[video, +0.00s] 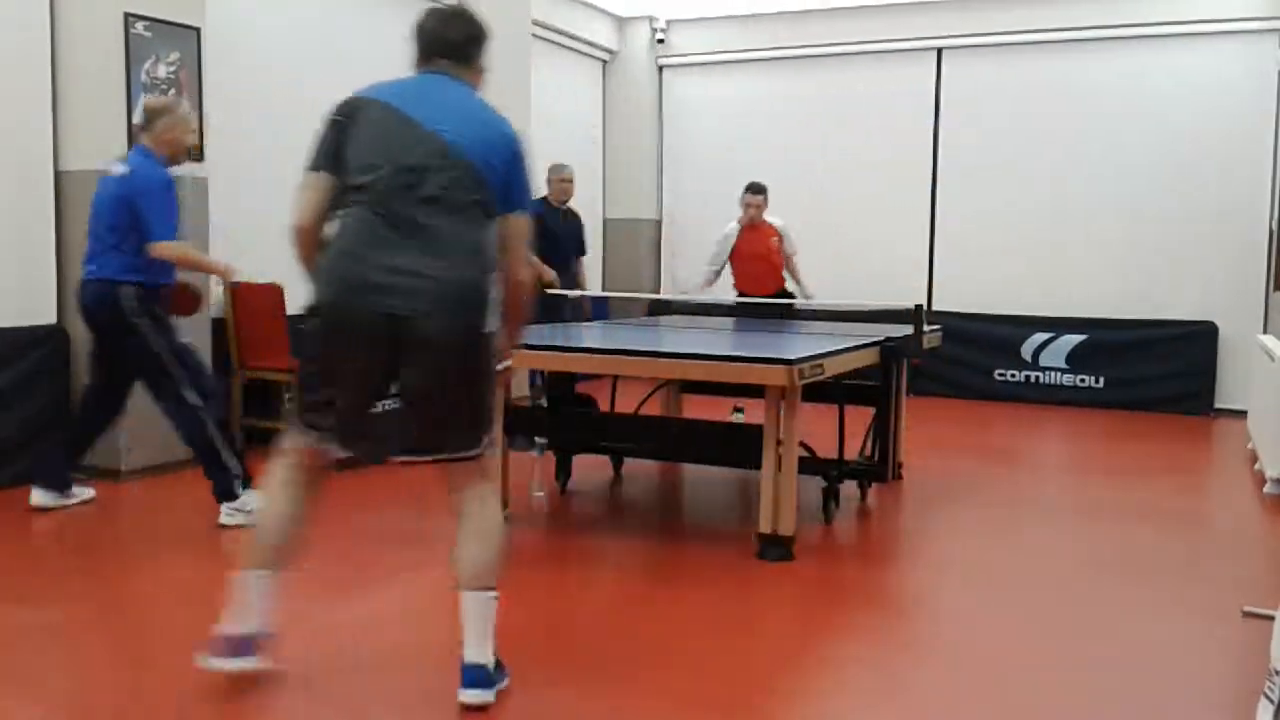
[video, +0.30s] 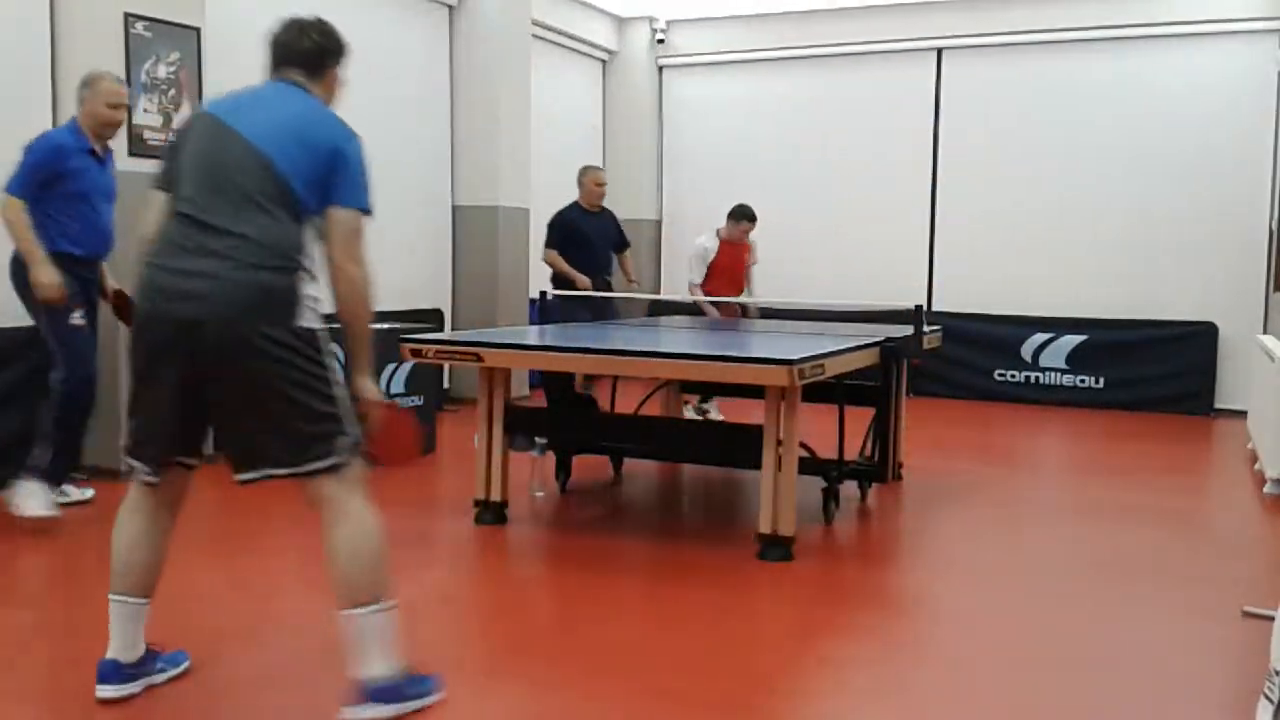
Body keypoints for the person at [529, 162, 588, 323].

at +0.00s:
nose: (566, 187)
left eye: (570, 182)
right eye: (561, 181)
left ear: (574, 185)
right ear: (549, 183)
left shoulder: (574, 217)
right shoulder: (534, 210)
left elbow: (578, 260)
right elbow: (525, 249)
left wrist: (583, 291)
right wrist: (544, 271)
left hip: (570, 286)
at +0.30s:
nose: (604, 190)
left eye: (605, 185)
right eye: (598, 185)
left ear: (603, 186)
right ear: (583, 186)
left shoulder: (608, 217)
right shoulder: (563, 218)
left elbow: (622, 251)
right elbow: (550, 255)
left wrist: (630, 277)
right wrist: (576, 276)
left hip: (601, 292)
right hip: (571, 293)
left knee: (613, 338)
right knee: (573, 344)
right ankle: (570, 393)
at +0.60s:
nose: (648, 195)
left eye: (649, 190)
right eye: (644, 190)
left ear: (648, 190)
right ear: (627, 190)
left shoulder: (647, 220)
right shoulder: (608, 218)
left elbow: (656, 257)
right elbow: (596, 257)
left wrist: (664, 285)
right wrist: (624, 280)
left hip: (645, 294)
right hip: (615, 294)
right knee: (614, 346)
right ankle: (609, 396)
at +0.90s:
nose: (697, 197)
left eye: (698, 192)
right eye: (694, 191)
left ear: (685, 192)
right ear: (678, 189)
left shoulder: (682, 218)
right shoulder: (656, 216)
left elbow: (684, 256)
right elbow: (646, 255)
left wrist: (691, 283)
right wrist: (674, 276)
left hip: (680, 296)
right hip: (658, 297)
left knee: (681, 352)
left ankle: (682, 403)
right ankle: (619, 391)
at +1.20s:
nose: (745, 199)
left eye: (746, 193)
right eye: (743, 192)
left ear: (728, 188)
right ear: (728, 187)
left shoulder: (718, 213)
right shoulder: (710, 214)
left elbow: (715, 254)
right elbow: (707, 255)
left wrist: (739, 276)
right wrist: (737, 276)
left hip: (718, 296)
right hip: (708, 298)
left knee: (712, 353)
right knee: (706, 353)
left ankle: (703, 403)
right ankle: (697, 404)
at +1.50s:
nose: (802, 207)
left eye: (803, 202)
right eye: (800, 201)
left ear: (790, 197)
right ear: (785, 194)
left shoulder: (780, 224)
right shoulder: (767, 220)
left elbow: (779, 264)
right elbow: (767, 263)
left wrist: (804, 279)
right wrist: (801, 279)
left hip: (774, 307)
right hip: (760, 308)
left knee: (786, 363)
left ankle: (793, 414)